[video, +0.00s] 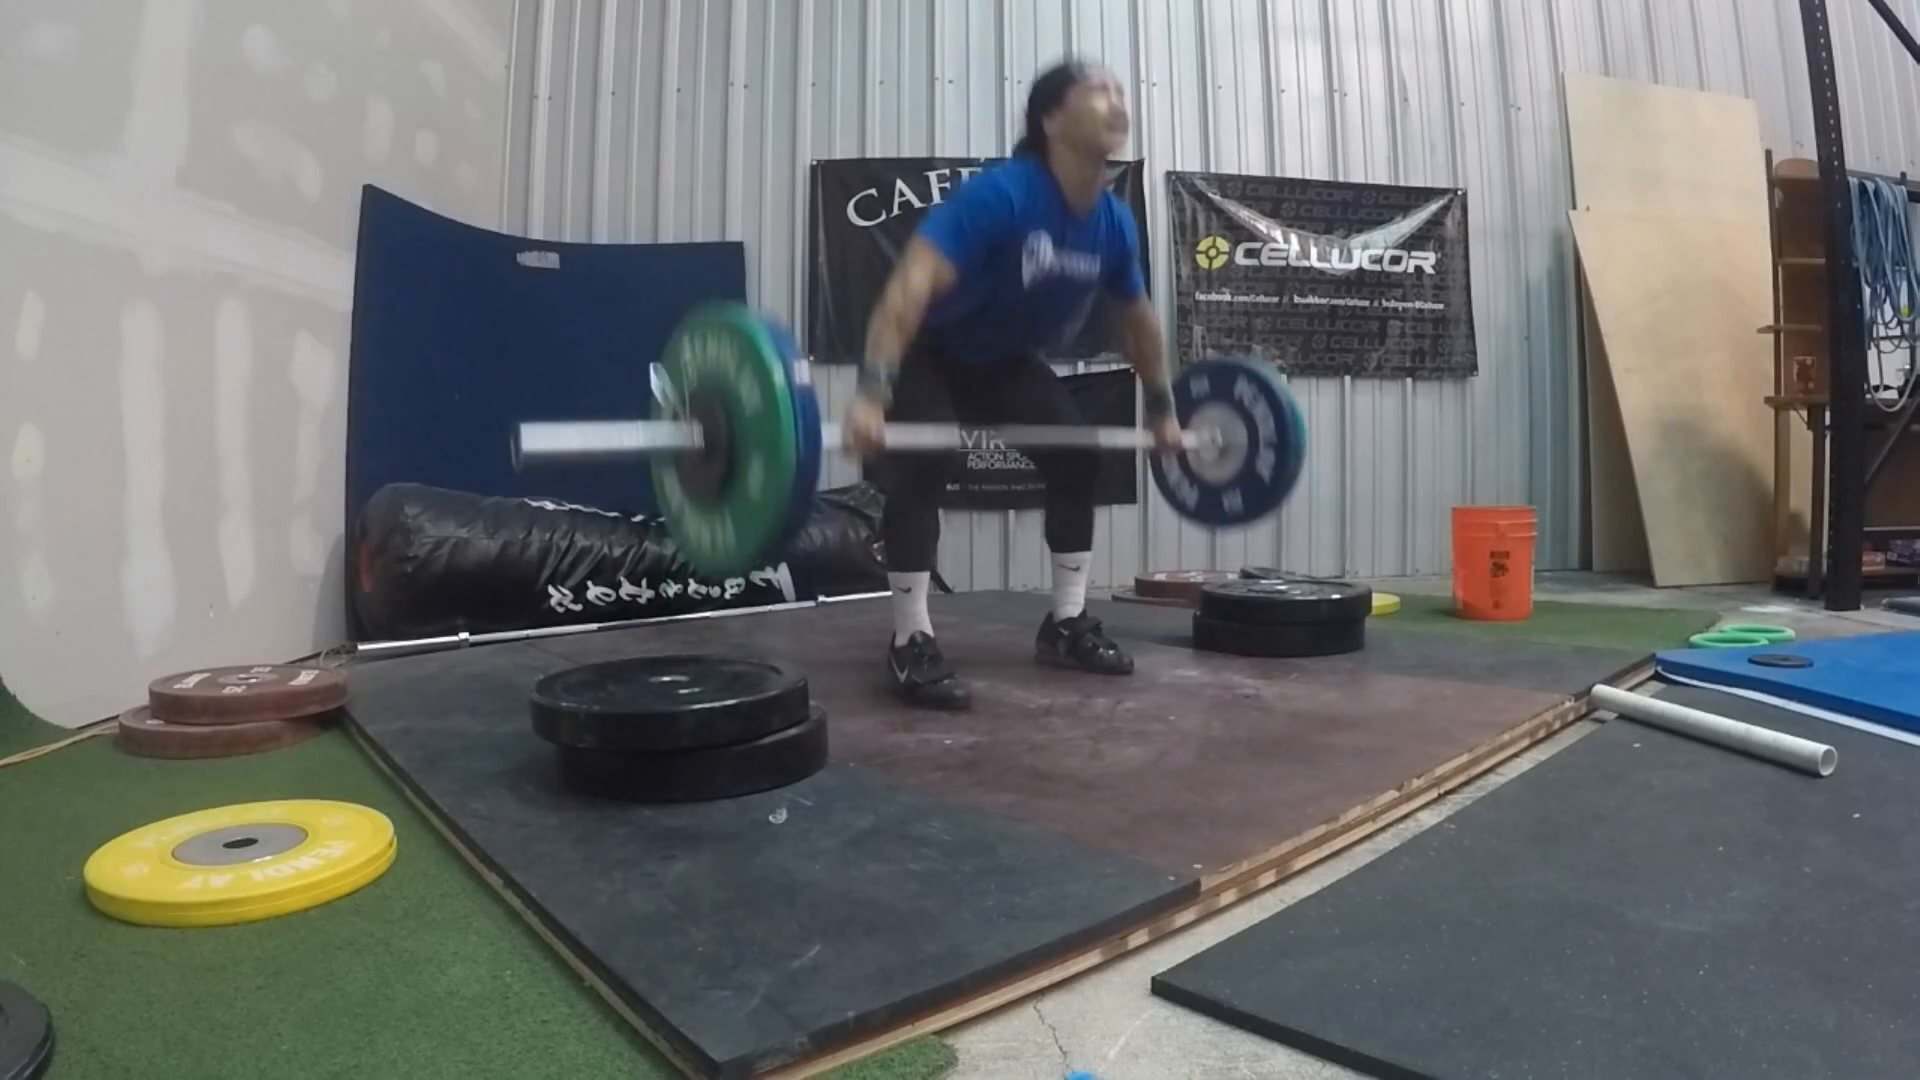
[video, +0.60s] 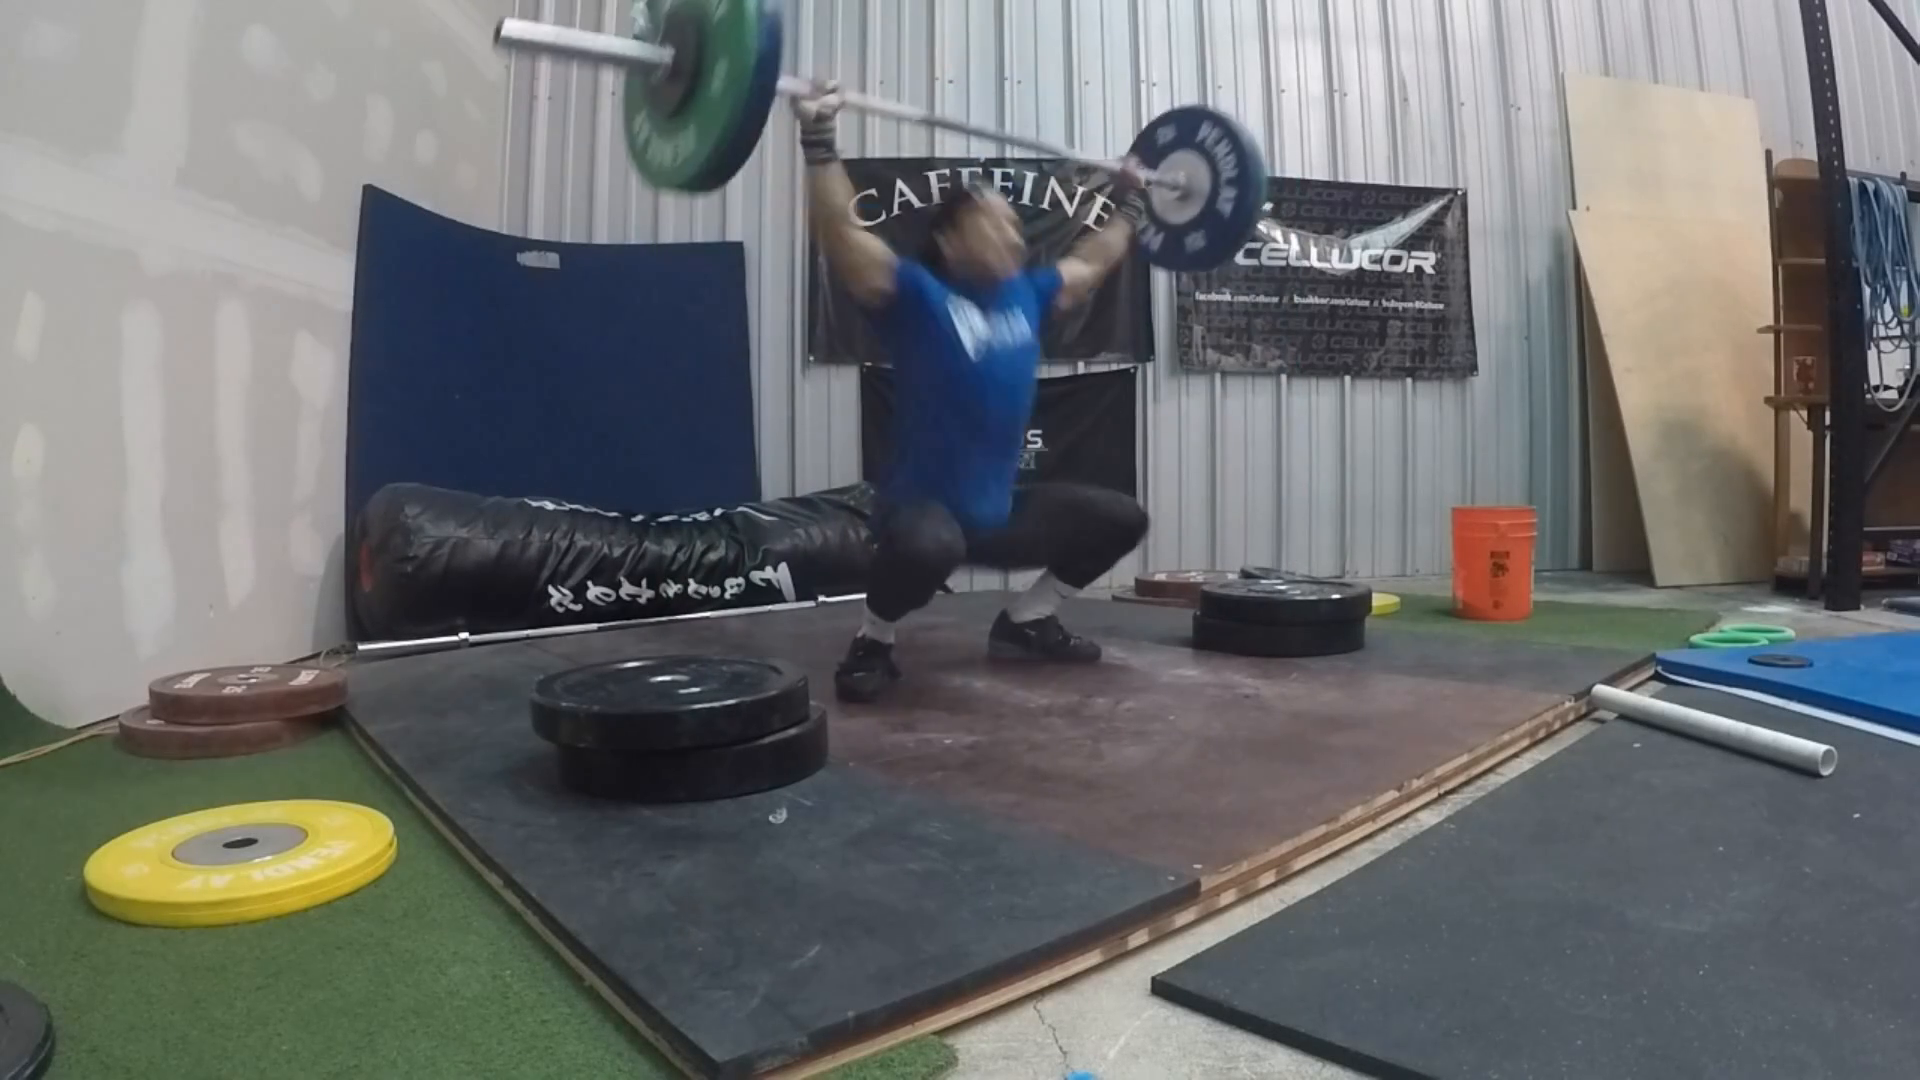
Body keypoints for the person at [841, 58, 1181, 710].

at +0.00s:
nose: (1119, 106)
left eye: (1120, 94)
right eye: (1099, 93)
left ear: (1119, 121)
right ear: (1052, 120)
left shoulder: (1112, 221)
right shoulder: (996, 194)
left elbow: (1137, 315)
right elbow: (911, 281)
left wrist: (1162, 408)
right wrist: (873, 391)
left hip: (1005, 360)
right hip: (927, 353)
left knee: (1076, 450)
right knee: (921, 457)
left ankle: (1067, 622)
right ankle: (911, 640)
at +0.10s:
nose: (1093, 46)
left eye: (1091, 37)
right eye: (1072, 37)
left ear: (1093, 69)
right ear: (1031, 67)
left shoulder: (1103, 171)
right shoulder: (986, 143)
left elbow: (1128, 267)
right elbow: (898, 213)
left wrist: (1154, 357)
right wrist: (863, 318)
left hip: (1013, 343)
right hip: (926, 335)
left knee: (1075, 458)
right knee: (931, 464)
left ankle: (1066, 621)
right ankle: (914, 639)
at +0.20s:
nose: (1020, 15)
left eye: (1022, 9)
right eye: (1000, 9)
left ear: (1028, 35)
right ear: (964, 36)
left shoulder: (1060, 120)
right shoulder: (947, 94)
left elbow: (1100, 208)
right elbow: (870, 154)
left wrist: (1148, 295)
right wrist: (855, 247)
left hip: (1052, 325)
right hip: (974, 320)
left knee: (1120, 462)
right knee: (980, 451)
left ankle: (1078, 614)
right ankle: (922, 631)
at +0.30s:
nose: (943, 11)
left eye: (942, 7)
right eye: (924, 9)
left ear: (950, 36)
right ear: (892, 37)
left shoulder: (1005, 104)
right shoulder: (890, 75)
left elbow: (1072, 174)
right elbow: (840, 117)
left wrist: (1144, 233)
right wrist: (852, 167)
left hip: (1051, 268)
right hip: (975, 265)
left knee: (1075, 419)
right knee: (964, 414)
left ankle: (1087, 600)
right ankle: (923, 618)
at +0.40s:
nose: (914, 71)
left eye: (914, 66)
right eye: (897, 68)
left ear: (926, 89)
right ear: (867, 90)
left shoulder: (969, 144)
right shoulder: (870, 134)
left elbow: (1046, 191)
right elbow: (812, 155)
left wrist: (1137, 190)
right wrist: (837, 123)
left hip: (1024, 306)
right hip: (961, 304)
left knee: (1102, 449)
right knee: (953, 452)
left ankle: (1046, 599)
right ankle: (879, 619)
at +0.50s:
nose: (951, 152)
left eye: (948, 143)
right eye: (932, 142)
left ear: (949, 161)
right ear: (894, 161)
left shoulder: (984, 223)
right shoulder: (877, 211)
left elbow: (1049, 249)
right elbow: (799, 206)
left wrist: (1113, 190)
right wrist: (820, 123)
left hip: (1009, 427)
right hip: (937, 430)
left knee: (1129, 512)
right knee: (924, 528)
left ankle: (1030, 613)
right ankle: (869, 638)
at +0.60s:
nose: (1011, 232)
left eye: (1010, 221)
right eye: (992, 221)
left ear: (1016, 234)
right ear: (950, 243)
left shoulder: (1025, 295)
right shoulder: (916, 296)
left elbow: (1091, 261)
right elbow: (842, 233)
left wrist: (1132, 205)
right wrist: (818, 137)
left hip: (1002, 513)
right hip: (924, 512)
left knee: (1120, 518)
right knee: (928, 545)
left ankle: (1027, 618)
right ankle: (874, 641)